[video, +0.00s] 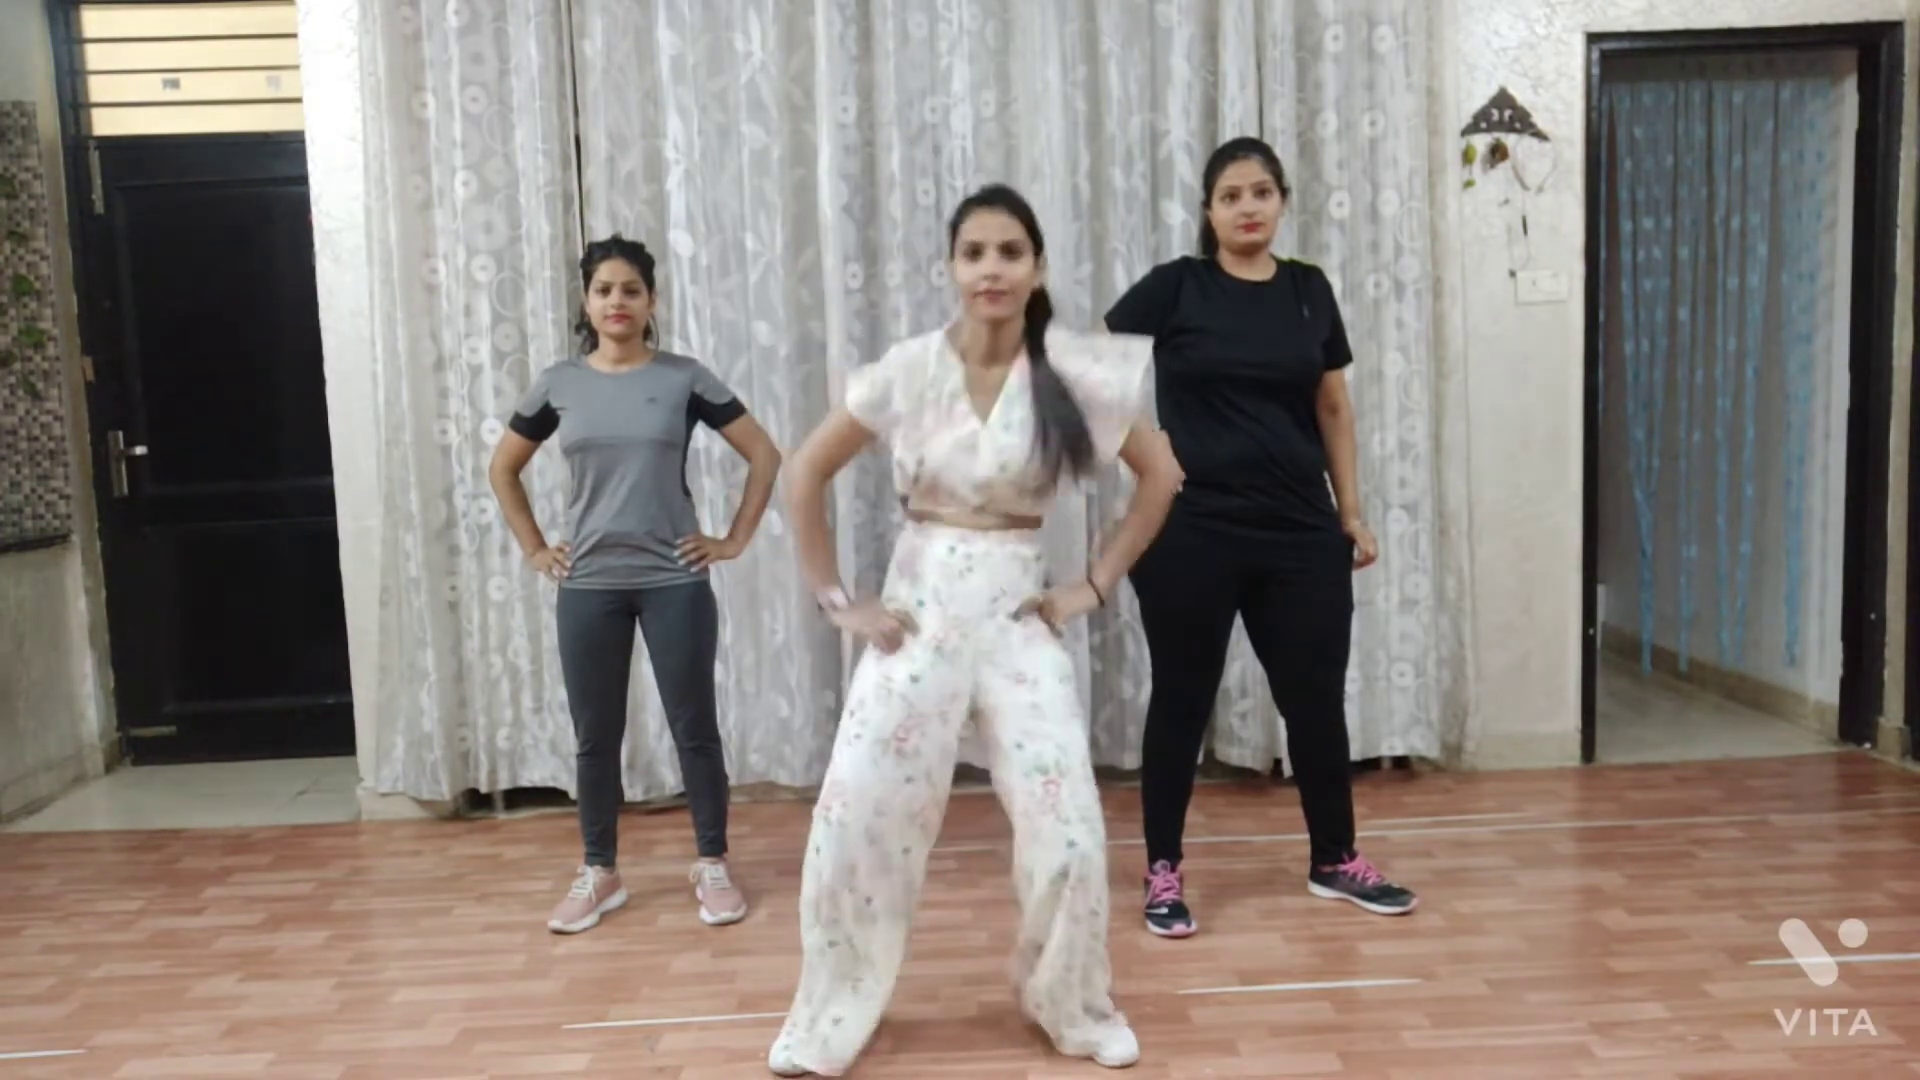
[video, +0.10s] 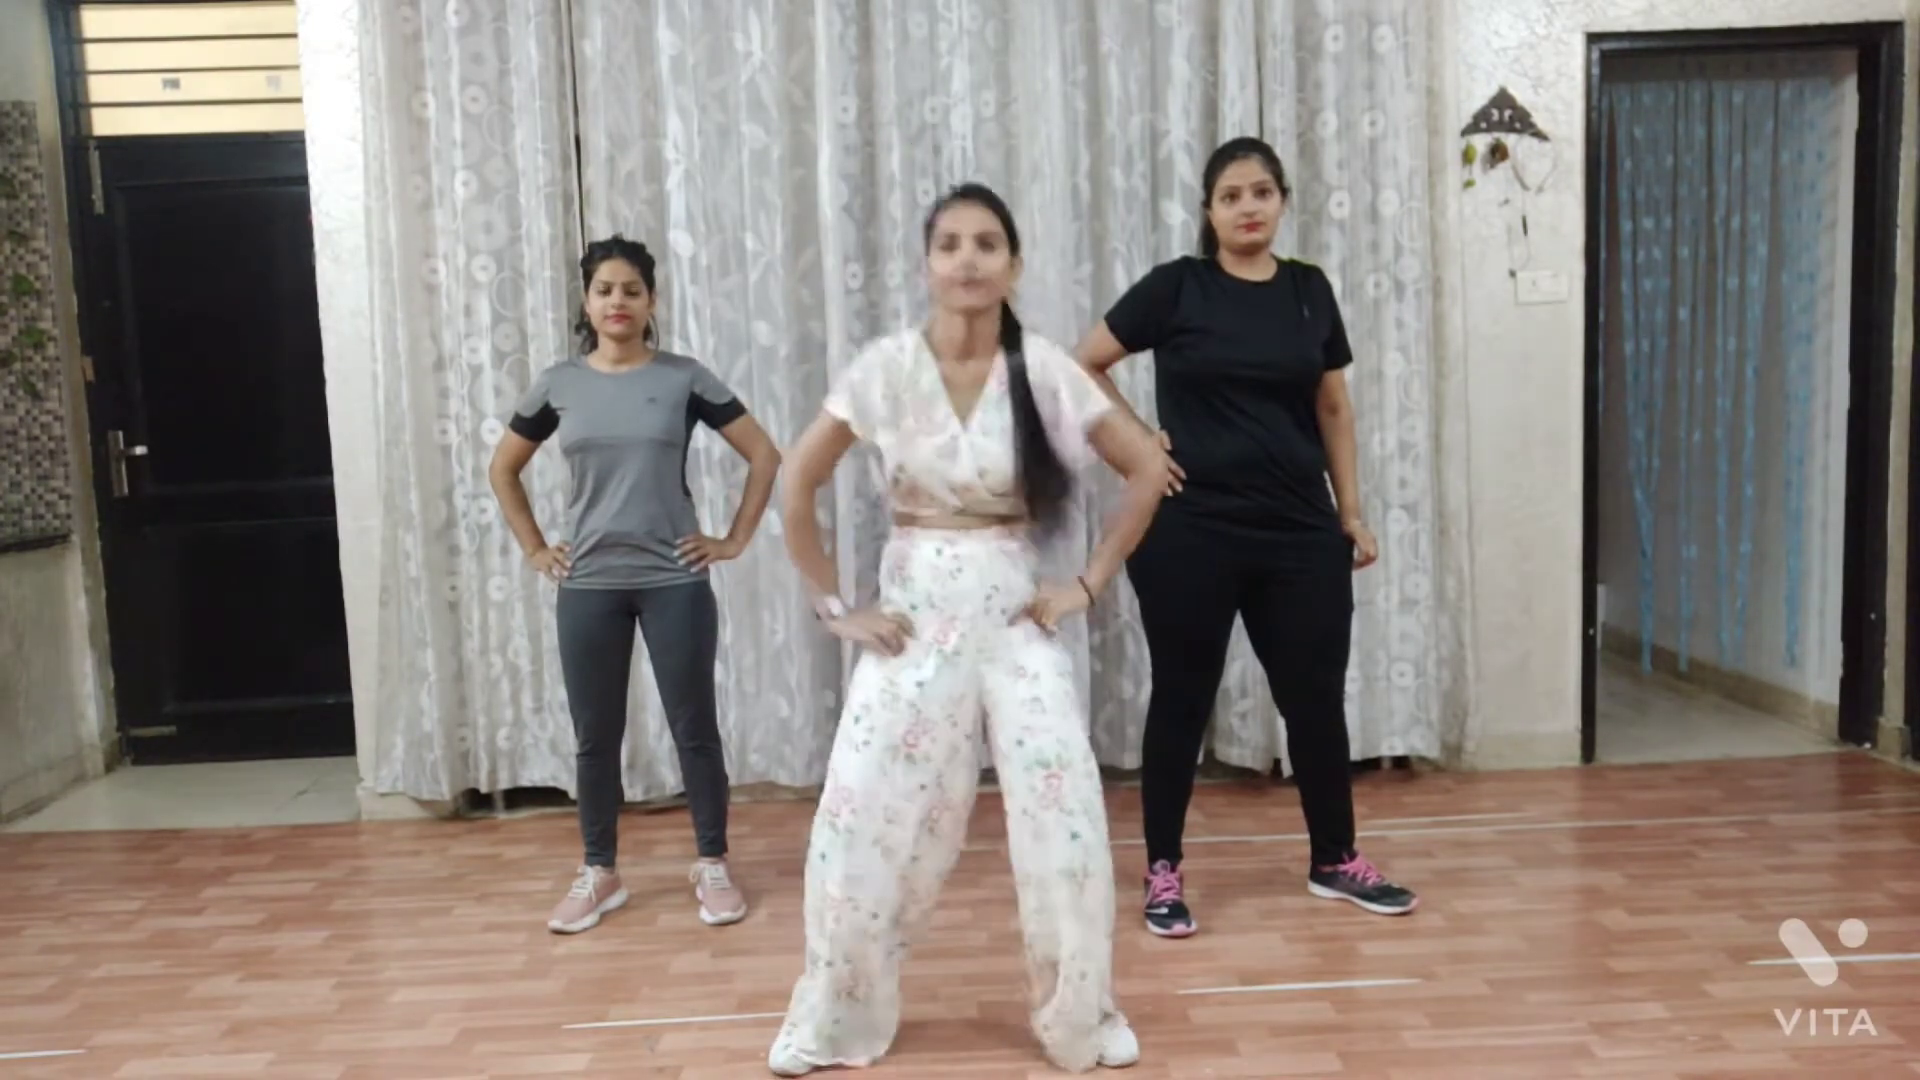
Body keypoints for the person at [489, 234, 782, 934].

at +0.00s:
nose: (617, 301)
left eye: (630, 289)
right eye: (604, 290)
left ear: (651, 301)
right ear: (585, 302)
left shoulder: (685, 378)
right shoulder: (559, 384)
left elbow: (764, 455)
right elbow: (502, 468)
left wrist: (735, 538)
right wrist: (536, 549)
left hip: (674, 574)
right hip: (589, 577)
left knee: (694, 728)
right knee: (595, 737)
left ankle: (712, 866)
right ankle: (599, 872)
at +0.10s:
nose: (617, 301)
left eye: (630, 290)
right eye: (604, 290)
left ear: (651, 301)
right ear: (585, 301)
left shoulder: (685, 379)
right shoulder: (559, 384)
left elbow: (764, 455)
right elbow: (503, 469)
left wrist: (735, 538)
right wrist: (536, 548)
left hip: (674, 573)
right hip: (589, 577)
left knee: (694, 727)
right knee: (595, 737)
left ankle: (711, 865)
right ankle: (599, 872)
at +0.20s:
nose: (617, 301)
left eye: (630, 290)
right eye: (604, 290)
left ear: (651, 302)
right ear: (585, 301)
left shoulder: (684, 379)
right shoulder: (558, 385)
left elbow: (764, 457)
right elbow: (502, 470)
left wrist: (733, 538)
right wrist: (537, 549)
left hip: (674, 575)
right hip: (589, 579)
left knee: (694, 727)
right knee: (595, 737)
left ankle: (712, 866)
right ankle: (599, 872)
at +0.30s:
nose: (617, 301)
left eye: (631, 290)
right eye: (605, 289)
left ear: (650, 302)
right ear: (585, 301)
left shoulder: (683, 379)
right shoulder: (558, 385)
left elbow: (764, 453)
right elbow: (502, 469)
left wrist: (734, 538)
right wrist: (538, 550)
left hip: (675, 574)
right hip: (590, 579)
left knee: (694, 726)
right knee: (595, 736)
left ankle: (712, 866)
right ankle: (599, 872)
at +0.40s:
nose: (618, 301)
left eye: (631, 290)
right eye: (605, 289)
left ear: (650, 302)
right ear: (584, 301)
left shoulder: (683, 378)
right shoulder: (557, 385)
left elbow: (764, 452)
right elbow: (502, 469)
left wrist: (733, 538)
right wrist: (538, 550)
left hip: (674, 574)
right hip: (589, 578)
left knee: (693, 725)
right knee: (595, 735)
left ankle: (712, 866)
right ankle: (599, 872)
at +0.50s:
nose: (616, 302)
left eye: (629, 290)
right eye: (603, 290)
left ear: (649, 302)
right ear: (583, 302)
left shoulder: (682, 378)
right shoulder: (557, 385)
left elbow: (758, 448)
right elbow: (502, 467)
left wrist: (734, 537)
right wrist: (537, 549)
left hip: (675, 573)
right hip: (589, 578)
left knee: (693, 725)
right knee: (595, 735)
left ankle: (712, 866)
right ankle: (599, 872)